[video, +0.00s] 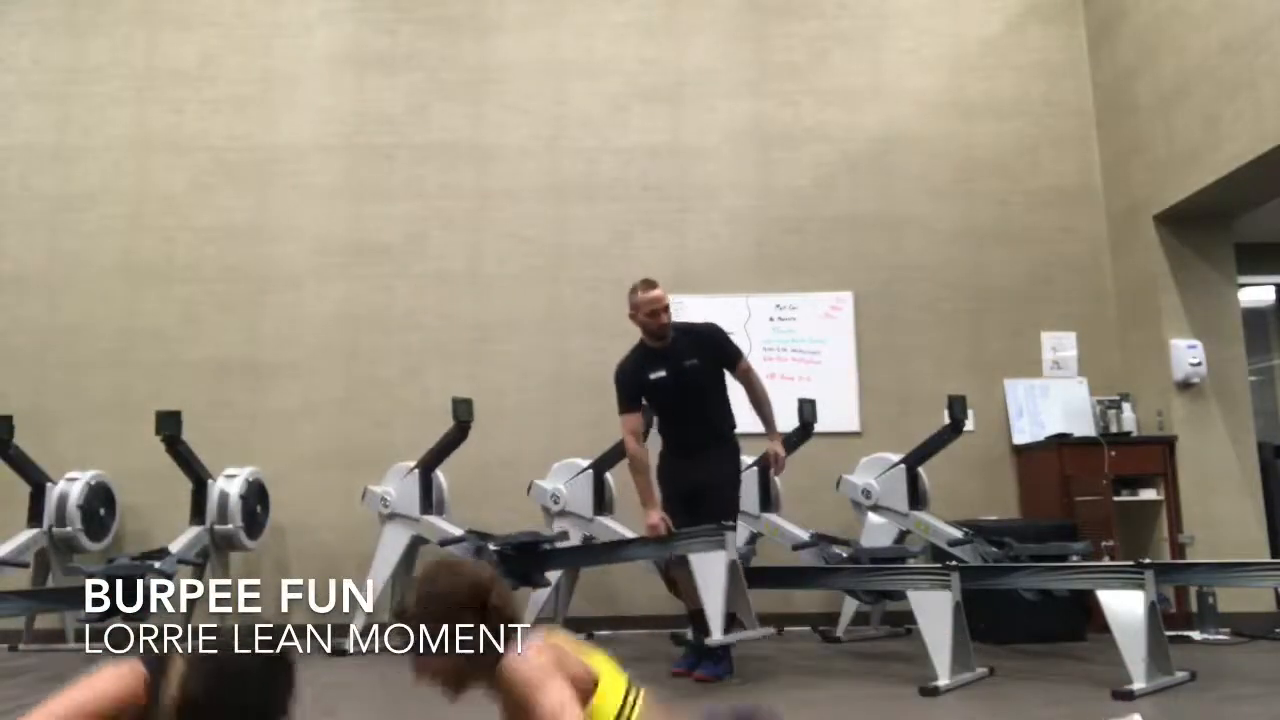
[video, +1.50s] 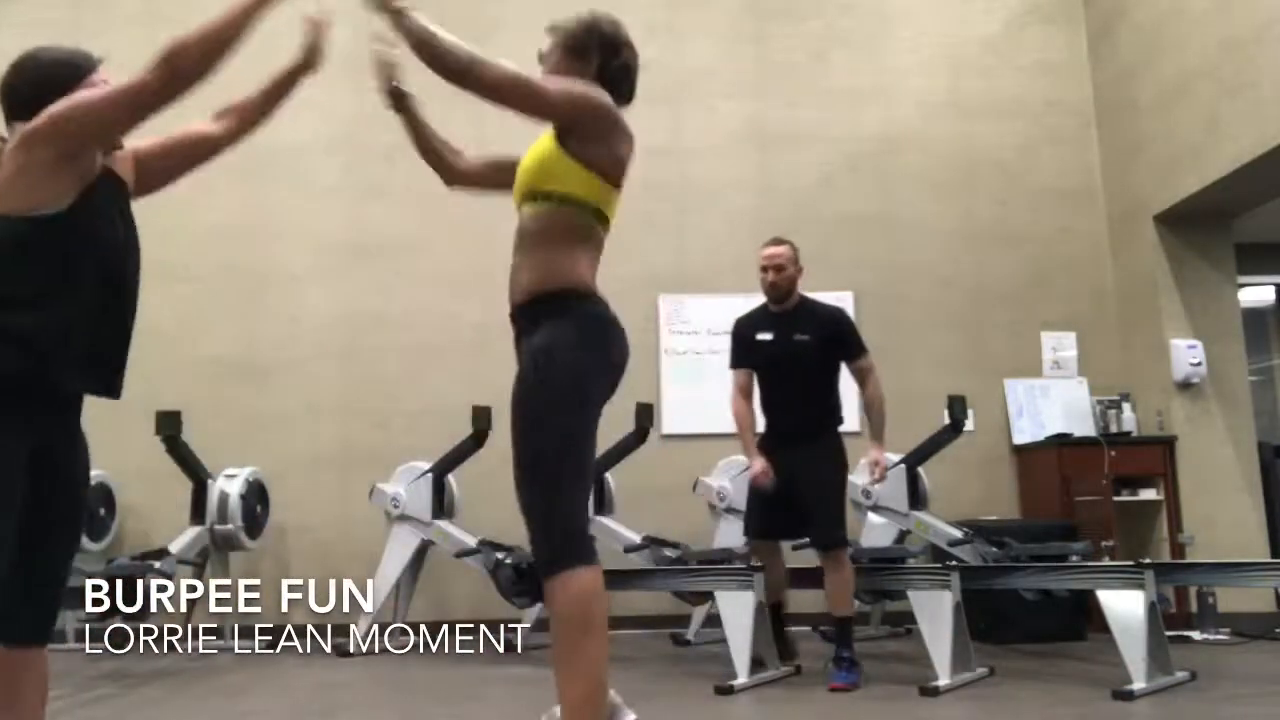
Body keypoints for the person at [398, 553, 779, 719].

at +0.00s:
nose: (419, 673)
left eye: (424, 651)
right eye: (417, 653)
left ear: (456, 643)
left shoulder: (527, 673)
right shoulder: (522, 654)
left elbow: (564, 711)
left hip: (640, 711)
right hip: (644, 705)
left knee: (752, 709)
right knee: (753, 710)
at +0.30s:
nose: (459, 691)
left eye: (445, 680)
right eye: (443, 684)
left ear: (460, 641)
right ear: (465, 630)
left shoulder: (519, 584)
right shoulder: (535, 595)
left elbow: (546, 711)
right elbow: (568, 708)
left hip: (717, 440)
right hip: (715, 453)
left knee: (783, 664)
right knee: (777, 634)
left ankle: (934, 709)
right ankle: (929, 693)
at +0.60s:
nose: (384, 509)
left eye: (388, 492)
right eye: (381, 494)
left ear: (433, 482)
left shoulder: (502, 496)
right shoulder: (499, 531)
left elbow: (422, 625)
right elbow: (499, 645)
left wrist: (389, 699)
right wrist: (486, 711)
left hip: (723, 571)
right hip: (716, 577)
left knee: (545, 656)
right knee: (553, 649)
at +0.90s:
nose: (445, 267)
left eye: (456, 251)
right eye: (448, 252)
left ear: (496, 257)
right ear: (496, 260)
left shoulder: (543, 319)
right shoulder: (527, 337)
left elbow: (474, 421)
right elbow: (499, 472)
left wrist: (405, 381)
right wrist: (421, 432)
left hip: (656, 499)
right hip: (638, 503)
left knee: (517, 662)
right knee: (535, 654)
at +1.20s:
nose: (518, 188)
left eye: (533, 183)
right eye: (525, 179)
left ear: (561, 208)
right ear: (553, 206)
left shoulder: (567, 264)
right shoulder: (538, 301)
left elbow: (432, 244)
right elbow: (445, 335)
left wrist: (431, 190)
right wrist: (450, 258)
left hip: (616, 490)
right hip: (590, 494)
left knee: (497, 668)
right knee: (529, 651)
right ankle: (582, 715)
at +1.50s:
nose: (541, 66)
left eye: (553, 56)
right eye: (544, 56)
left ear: (589, 65)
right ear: (582, 67)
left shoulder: (598, 113)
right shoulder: (558, 152)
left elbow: (478, 73)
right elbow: (458, 168)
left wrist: (394, 11)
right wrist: (403, 104)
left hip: (569, 335)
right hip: (549, 339)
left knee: (561, 533)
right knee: (558, 533)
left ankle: (582, 705)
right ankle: (586, 701)